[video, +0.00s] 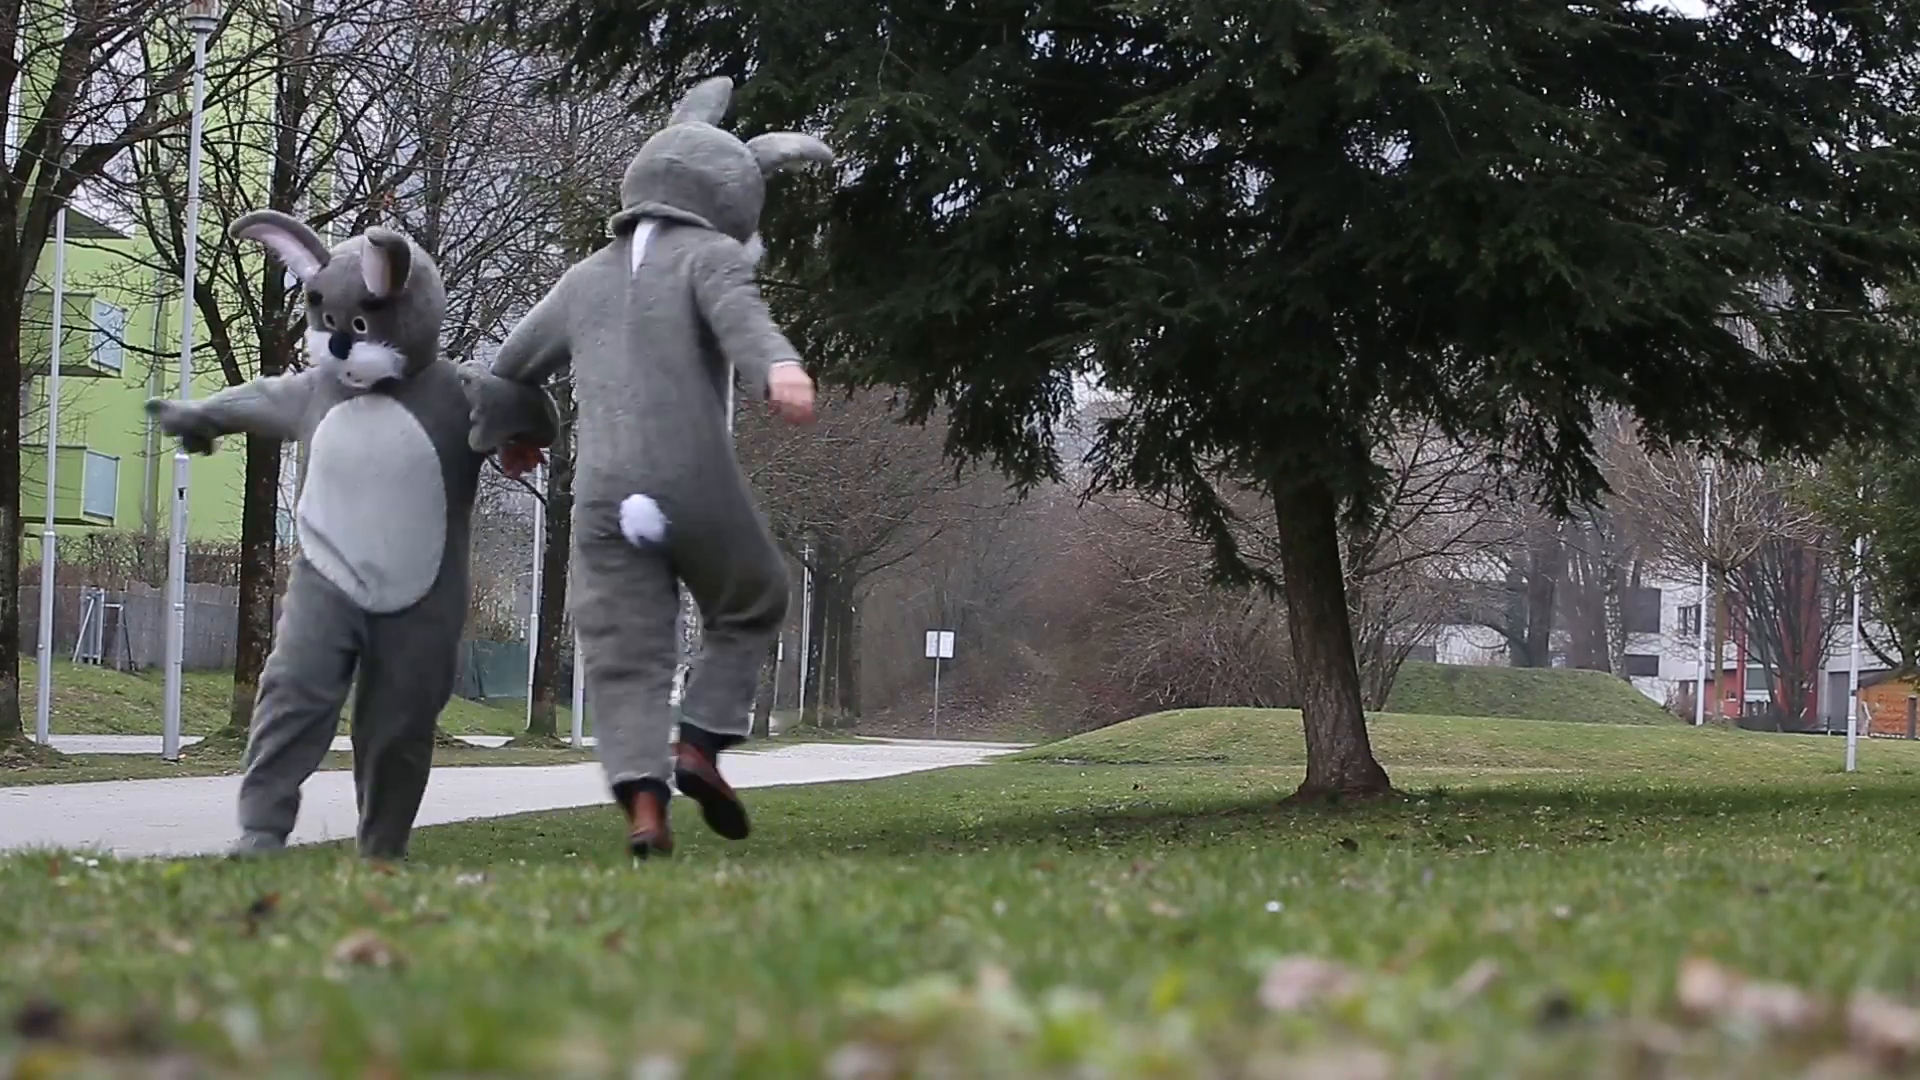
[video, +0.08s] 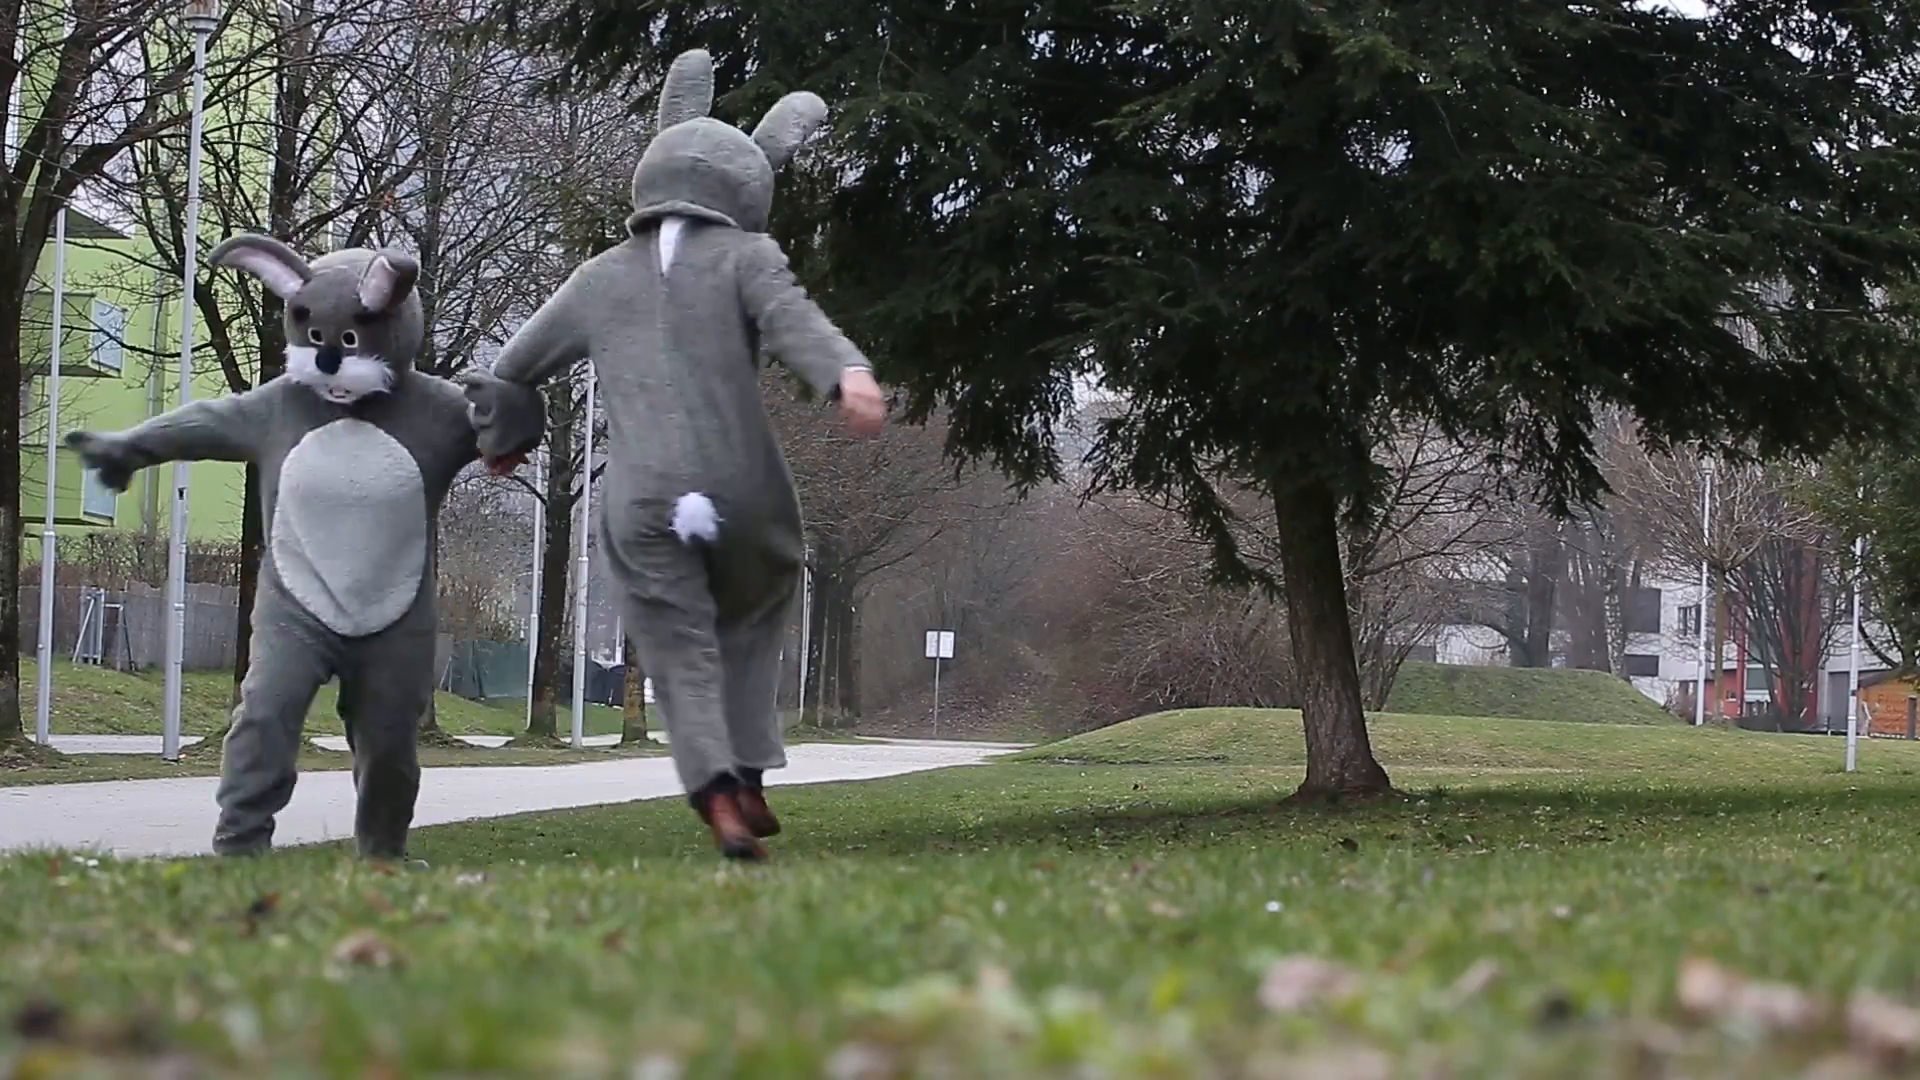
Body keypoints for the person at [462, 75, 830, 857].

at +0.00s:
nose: (747, 226)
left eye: (748, 214)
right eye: (745, 209)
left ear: (641, 193)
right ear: (724, 200)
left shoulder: (586, 274)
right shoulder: (708, 254)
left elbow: (509, 359)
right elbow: (734, 304)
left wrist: (514, 431)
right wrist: (777, 362)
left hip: (602, 483)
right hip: (690, 477)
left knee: (623, 655)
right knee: (750, 600)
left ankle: (646, 819)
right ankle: (700, 746)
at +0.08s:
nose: (758, 206)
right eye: (753, 193)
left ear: (649, 188)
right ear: (735, 193)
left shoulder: (601, 275)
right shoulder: (746, 254)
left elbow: (513, 364)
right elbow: (789, 316)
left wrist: (506, 435)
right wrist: (845, 370)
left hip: (640, 481)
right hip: (741, 475)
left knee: (680, 647)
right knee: (755, 616)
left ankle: (724, 810)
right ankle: (744, 776)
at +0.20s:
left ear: (657, 231)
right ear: (750, 229)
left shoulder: (620, 318)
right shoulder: (781, 303)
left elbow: (522, 376)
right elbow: (860, 362)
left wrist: (492, 423)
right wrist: (949, 407)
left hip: (695, 522)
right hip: (789, 508)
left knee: (748, 677)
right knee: (773, 668)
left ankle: (818, 827)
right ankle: (753, 804)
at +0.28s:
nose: (647, 269)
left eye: (655, 255)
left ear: (662, 267)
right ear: (749, 262)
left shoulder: (634, 346)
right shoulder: (795, 340)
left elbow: (536, 383)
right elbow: (885, 398)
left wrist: (481, 403)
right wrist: (983, 437)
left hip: (718, 544)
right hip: (801, 530)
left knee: (774, 690)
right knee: (768, 684)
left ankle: (840, 830)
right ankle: (768, 828)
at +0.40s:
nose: (644, 280)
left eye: (650, 267)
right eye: (647, 267)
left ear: (669, 270)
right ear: (743, 265)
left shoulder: (652, 349)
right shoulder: (796, 347)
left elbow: (560, 381)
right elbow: (872, 417)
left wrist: (488, 391)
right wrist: (943, 467)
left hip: (718, 554)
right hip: (797, 547)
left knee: (750, 702)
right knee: (767, 698)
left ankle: (822, 806)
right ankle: (763, 845)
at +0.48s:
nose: (636, 272)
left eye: (641, 259)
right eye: (638, 259)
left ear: (661, 265)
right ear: (733, 258)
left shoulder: (659, 340)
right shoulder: (784, 339)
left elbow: (565, 371)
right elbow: (841, 413)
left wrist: (487, 386)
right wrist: (876, 462)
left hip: (710, 545)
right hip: (785, 540)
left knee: (705, 698)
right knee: (768, 708)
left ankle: (791, 772)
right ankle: (767, 846)